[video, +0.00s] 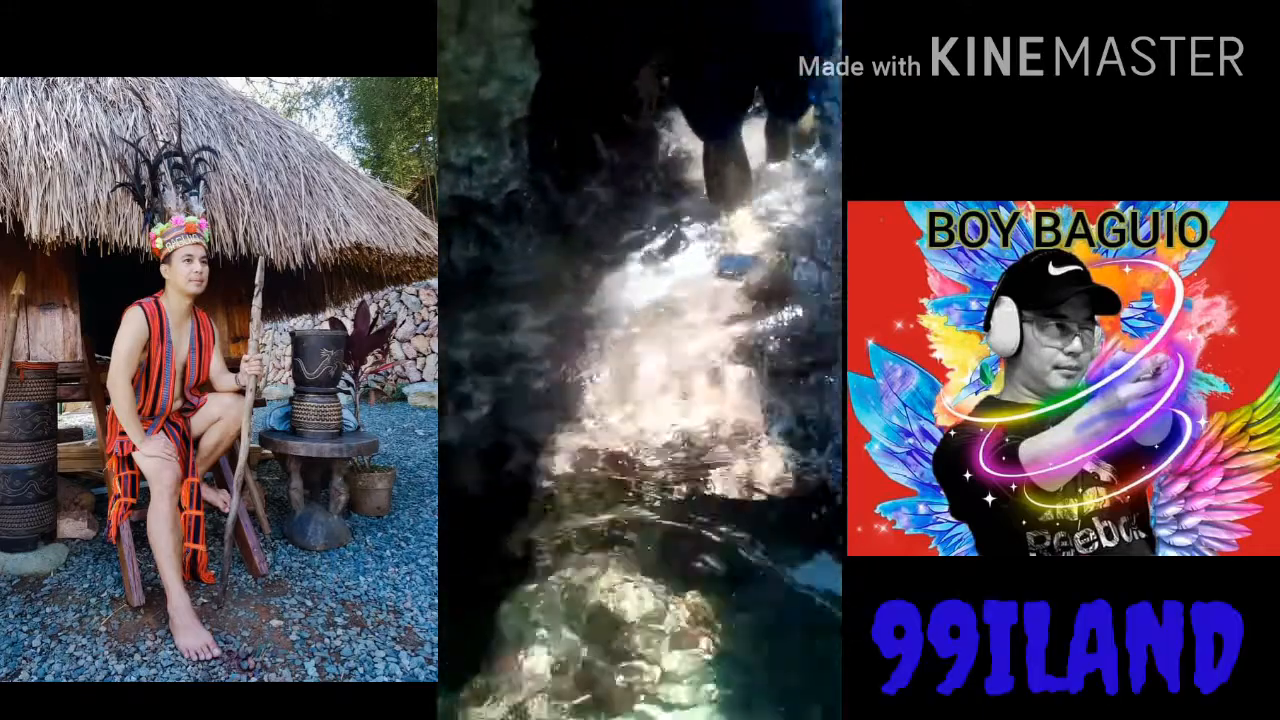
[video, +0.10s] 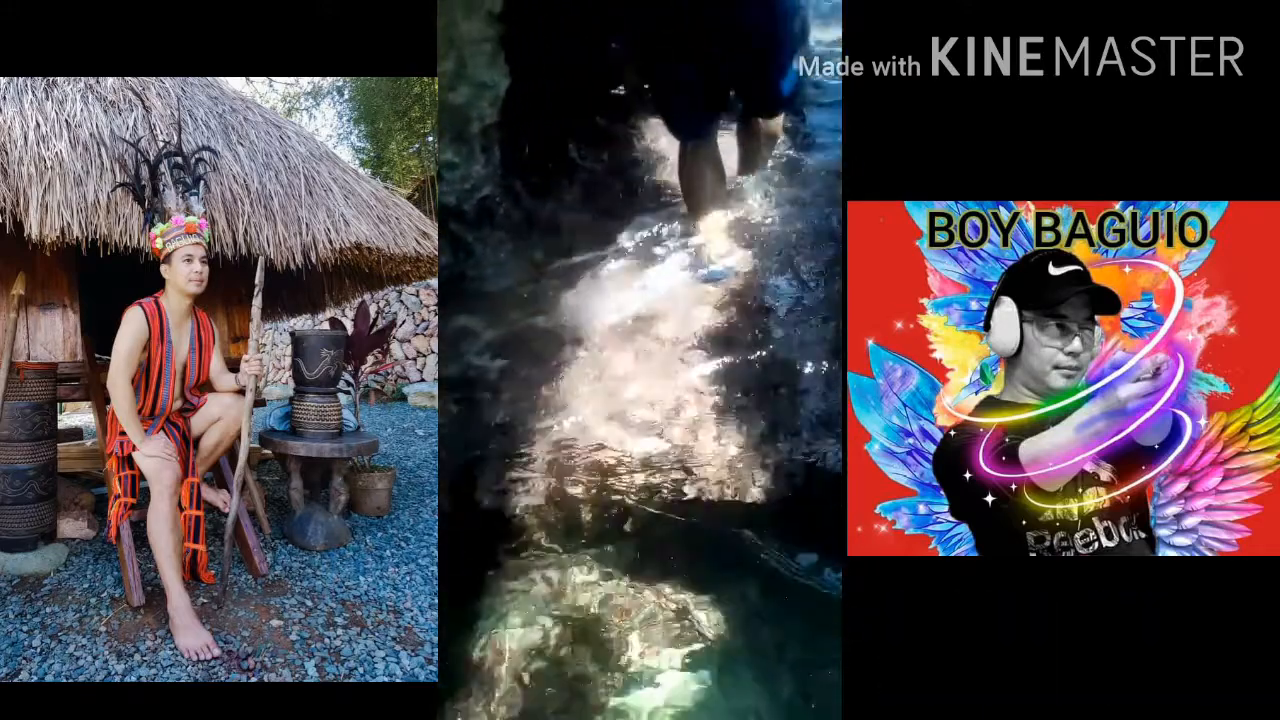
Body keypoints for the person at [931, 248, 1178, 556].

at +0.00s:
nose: (1076, 346)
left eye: (1086, 328)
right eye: (1055, 327)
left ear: (1097, 334)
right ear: (1007, 327)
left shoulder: (1113, 409)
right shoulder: (963, 446)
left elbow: (1155, 435)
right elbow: (1023, 472)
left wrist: (1148, 396)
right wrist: (1106, 412)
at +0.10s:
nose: (1076, 346)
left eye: (1086, 328)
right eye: (1055, 326)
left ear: (1097, 335)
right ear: (1007, 328)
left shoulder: (1113, 408)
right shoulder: (962, 446)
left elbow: (1156, 435)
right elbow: (1022, 471)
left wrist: (1147, 395)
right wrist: (1105, 413)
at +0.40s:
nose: (1076, 346)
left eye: (1086, 328)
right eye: (1055, 327)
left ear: (1097, 334)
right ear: (1007, 328)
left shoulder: (1113, 409)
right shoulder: (962, 445)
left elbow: (1155, 435)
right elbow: (1023, 472)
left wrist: (1149, 396)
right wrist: (1106, 412)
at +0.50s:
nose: (1076, 346)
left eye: (1086, 328)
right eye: (1055, 327)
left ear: (1097, 334)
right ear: (1007, 328)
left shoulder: (1114, 408)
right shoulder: (962, 446)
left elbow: (1155, 435)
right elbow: (1022, 472)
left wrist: (1149, 397)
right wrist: (1106, 412)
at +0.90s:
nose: (1076, 346)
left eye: (1086, 328)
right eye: (1055, 327)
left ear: (1097, 334)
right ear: (1007, 328)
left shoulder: (1114, 408)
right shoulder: (962, 446)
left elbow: (1156, 435)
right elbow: (1022, 472)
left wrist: (1149, 397)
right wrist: (1106, 412)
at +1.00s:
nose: (1076, 346)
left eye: (1086, 328)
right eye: (1055, 327)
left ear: (1097, 334)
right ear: (1007, 327)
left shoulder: (1113, 407)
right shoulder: (962, 445)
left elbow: (1155, 435)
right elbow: (1021, 471)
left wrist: (1148, 395)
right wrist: (1105, 413)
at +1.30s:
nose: (1076, 346)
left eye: (1086, 328)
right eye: (1055, 327)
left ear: (1097, 334)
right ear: (1007, 328)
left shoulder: (1113, 409)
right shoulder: (962, 445)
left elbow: (1155, 435)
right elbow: (1023, 472)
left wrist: (1149, 396)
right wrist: (1106, 412)